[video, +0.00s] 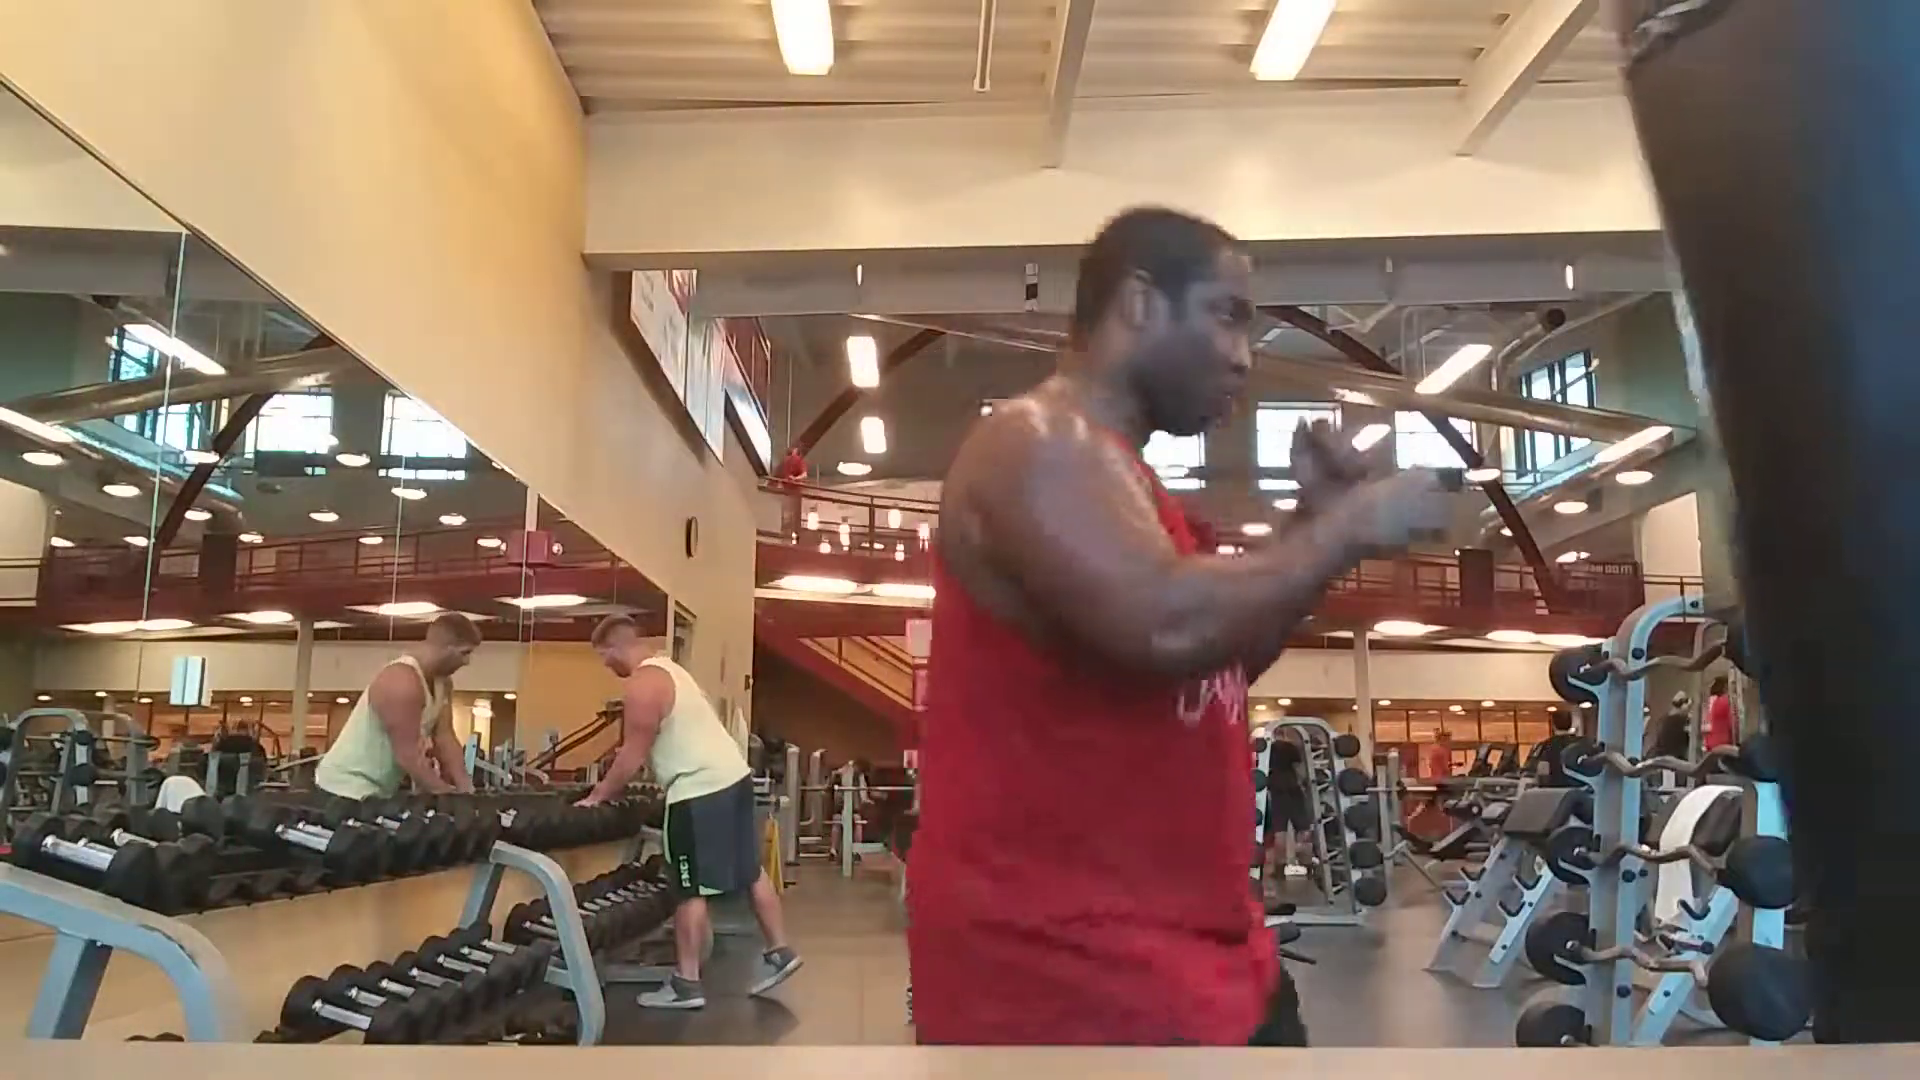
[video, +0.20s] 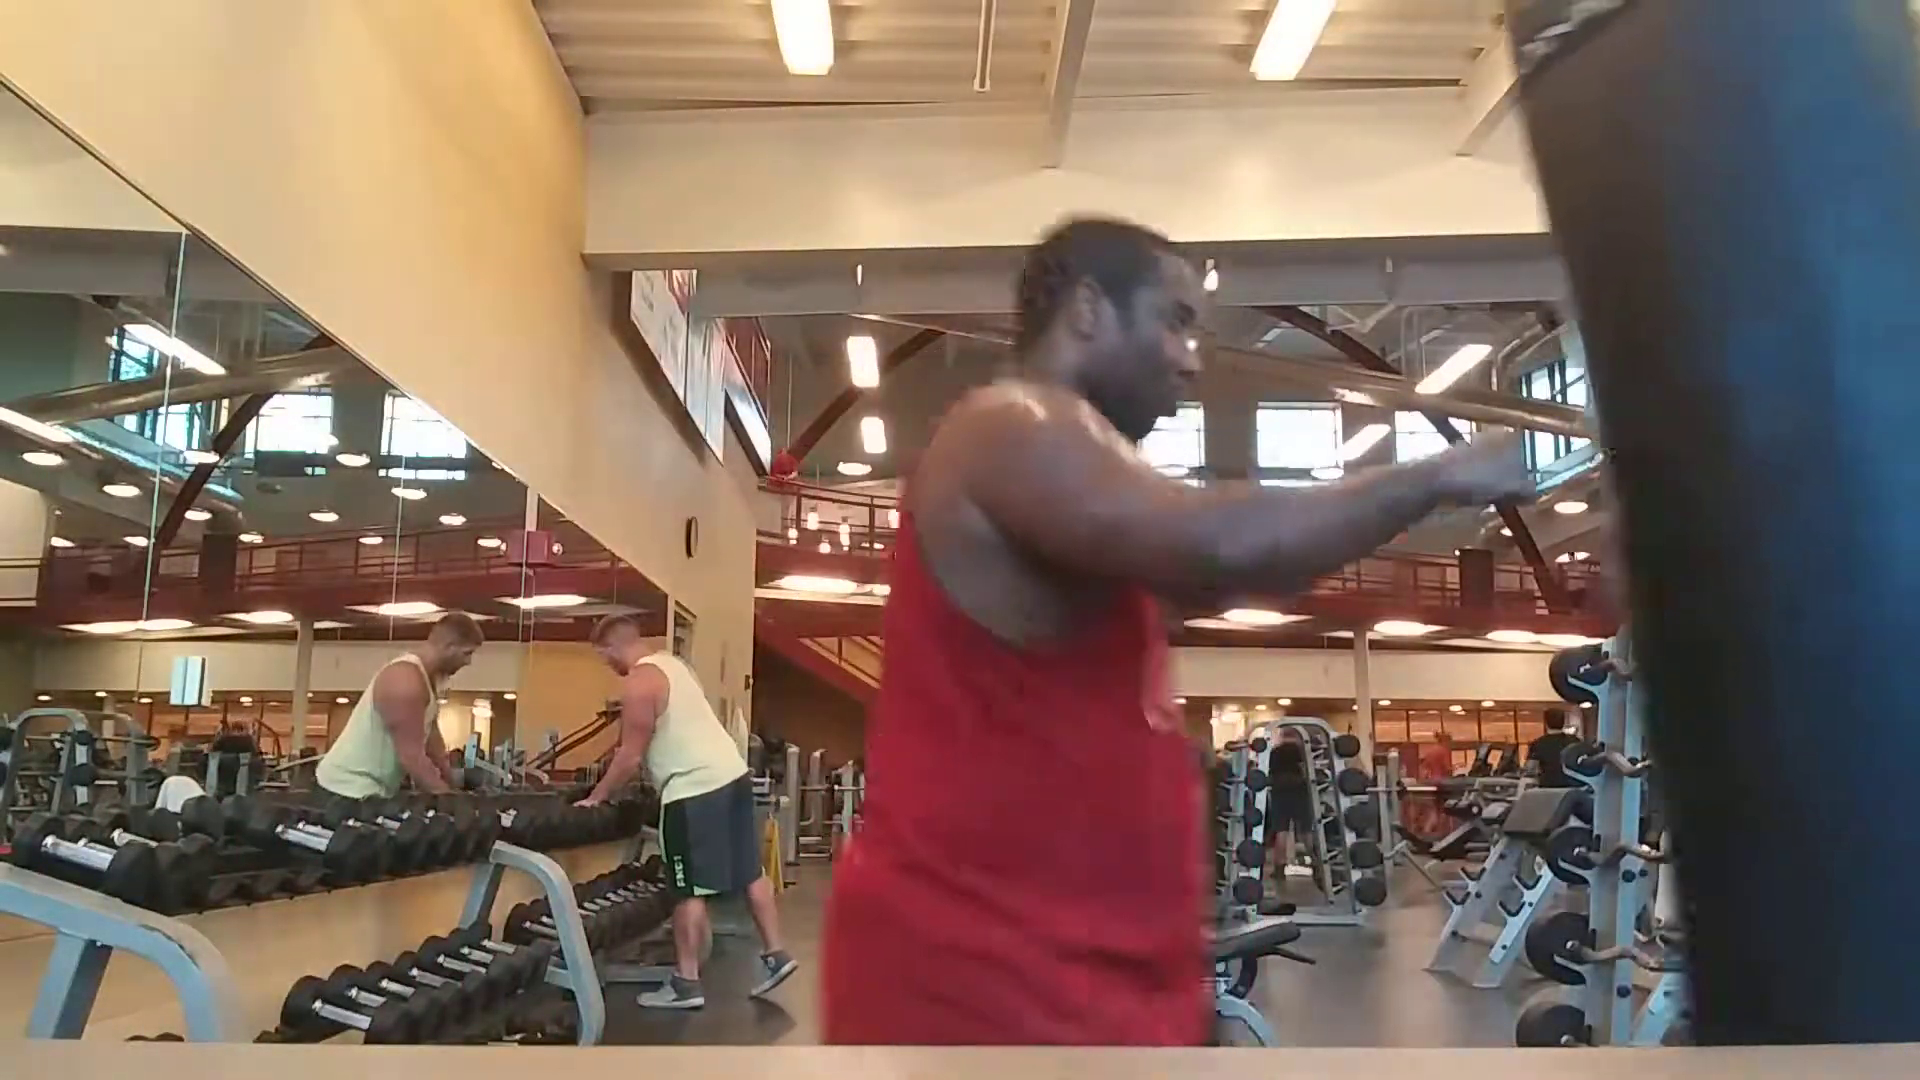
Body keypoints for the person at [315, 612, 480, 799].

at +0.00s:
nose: (467, 662)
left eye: (469, 655)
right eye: (465, 654)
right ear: (449, 648)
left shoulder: (440, 682)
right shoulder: (401, 681)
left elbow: (445, 736)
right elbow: (409, 759)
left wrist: (466, 789)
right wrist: (450, 797)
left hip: (381, 790)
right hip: (347, 789)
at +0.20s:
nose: (468, 662)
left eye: (470, 655)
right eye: (467, 654)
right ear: (449, 647)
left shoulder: (428, 677)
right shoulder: (405, 679)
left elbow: (431, 736)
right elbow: (411, 759)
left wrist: (451, 785)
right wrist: (451, 801)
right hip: (351, 791)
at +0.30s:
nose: (464, 657)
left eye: (467, 650)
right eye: (465, 649)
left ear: (430, 634)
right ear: (452, 645)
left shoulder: (419, 672)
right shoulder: (406, 676)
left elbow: (415, 740)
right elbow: (413, 754)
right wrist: (448, 799)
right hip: (352, 788)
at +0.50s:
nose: (442, 653)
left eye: (446, 647)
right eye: (445, 646)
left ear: (415, 631)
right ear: (441, 644)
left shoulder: (380, 658)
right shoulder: (406, 669)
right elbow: (417, 745)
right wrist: (447, 793)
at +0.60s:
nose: (437, 648)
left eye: (441, 642)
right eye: (440, 641)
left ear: (406, 631)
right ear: (438, 641)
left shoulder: (375, 659)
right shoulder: (411, 668)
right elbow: (420, 746)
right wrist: (449, 795)